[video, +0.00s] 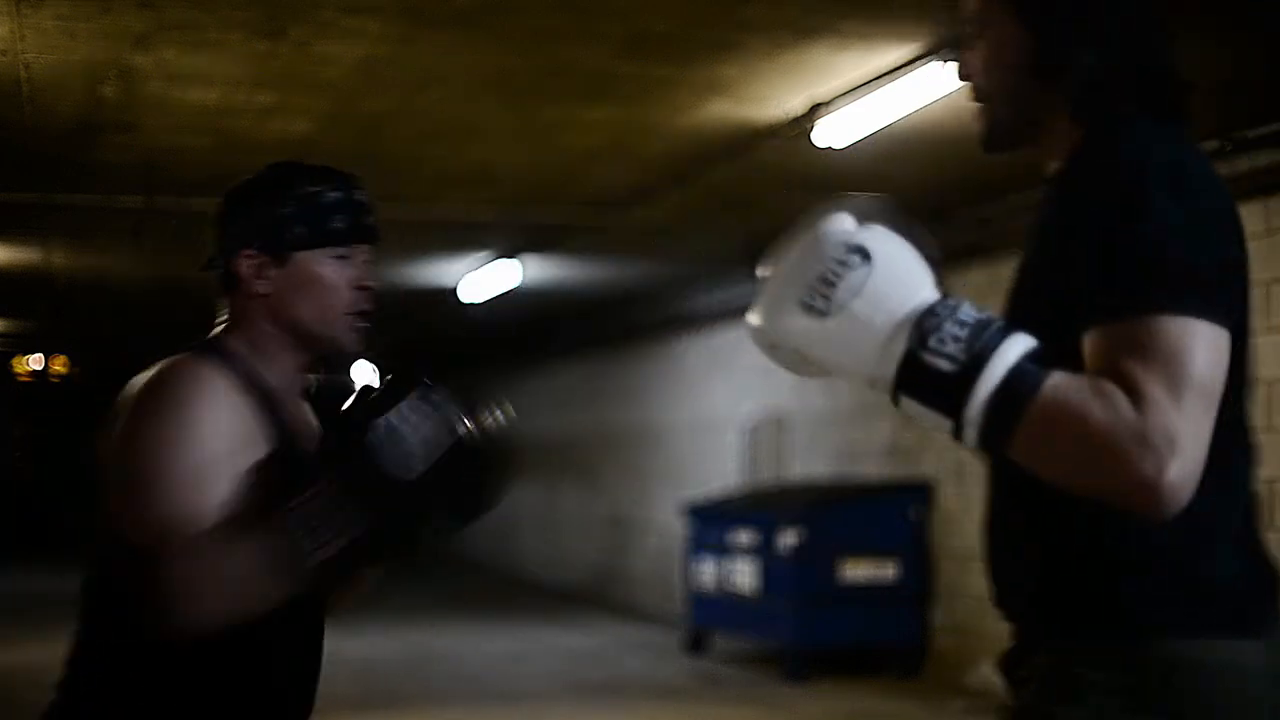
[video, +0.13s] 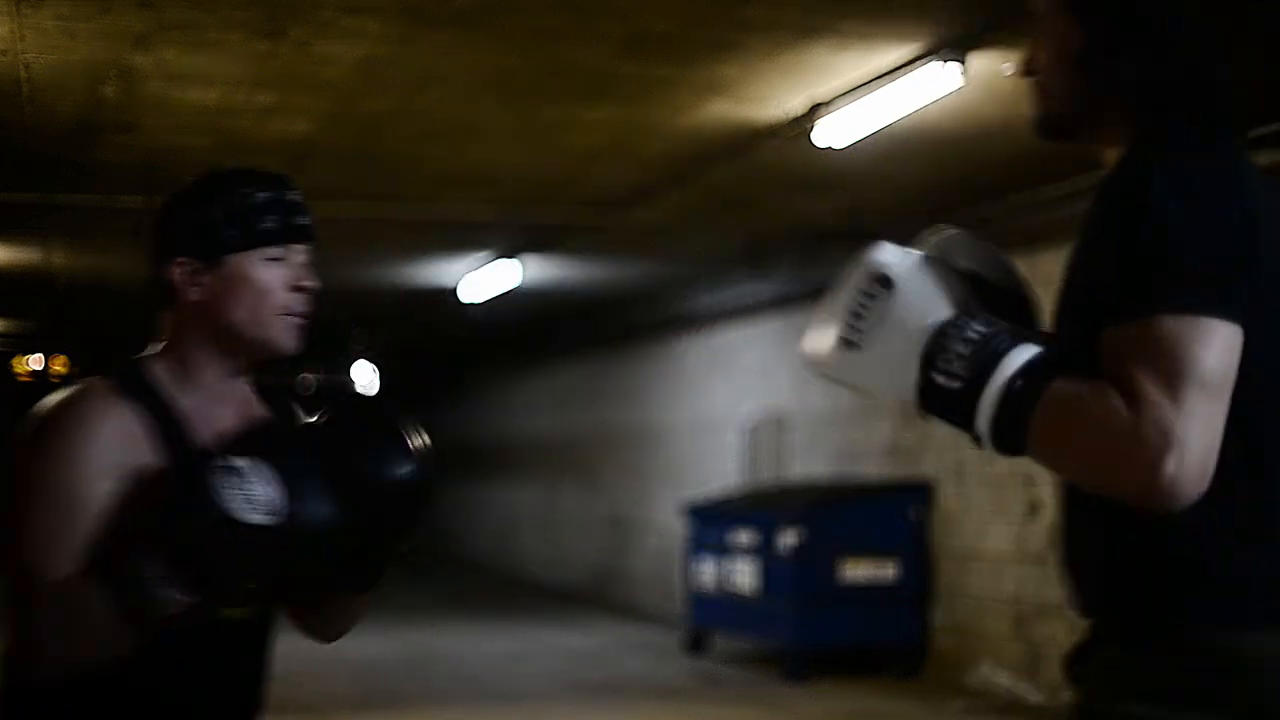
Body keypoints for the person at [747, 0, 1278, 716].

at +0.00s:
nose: (963, 69)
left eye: (977, 35)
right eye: (965, 43)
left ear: (1056, 33)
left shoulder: (1151, 181)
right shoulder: (1102, 185)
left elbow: (1154, 453)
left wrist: (915, 336)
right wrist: (913, 337)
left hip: (1160, 663)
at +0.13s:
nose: (1026, 65)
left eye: (1047, 33)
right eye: (1035, 36)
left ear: (1116, 39)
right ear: (1123, 43)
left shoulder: (1189, 186)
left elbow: (1164, 450)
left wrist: (954, 361)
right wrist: (1021, 338)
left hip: (1202, 659)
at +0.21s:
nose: (1065, 58)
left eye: (1084, 27)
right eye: (1072, 30)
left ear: (1148, 33)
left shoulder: (1193, 165)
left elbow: (1161, 444)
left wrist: (1004, 367)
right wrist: (1062, 332)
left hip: (1222, 648)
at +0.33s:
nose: (1100, 60)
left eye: (1118, 27)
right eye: (1106, 31)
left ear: (1183, 28)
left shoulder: (1197, 155)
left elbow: (1148, 434)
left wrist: (1015, 344)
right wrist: (1097, 308)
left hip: (1234, 642)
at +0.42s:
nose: (1109, 59)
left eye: (1128, 24)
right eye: (1115, 30)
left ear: (1192, 28)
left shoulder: (1201, 161)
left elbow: (1147, 439)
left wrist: (1025, 350)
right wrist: (1105, 314)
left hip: (1229, 650)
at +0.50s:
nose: (1106, 67)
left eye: (1125, 31)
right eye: (1111, 37)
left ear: (1195, 32)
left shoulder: (1213, 176)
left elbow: (1167, 453)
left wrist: (1026, 360)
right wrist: (1101, 330)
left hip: (1226, 659)